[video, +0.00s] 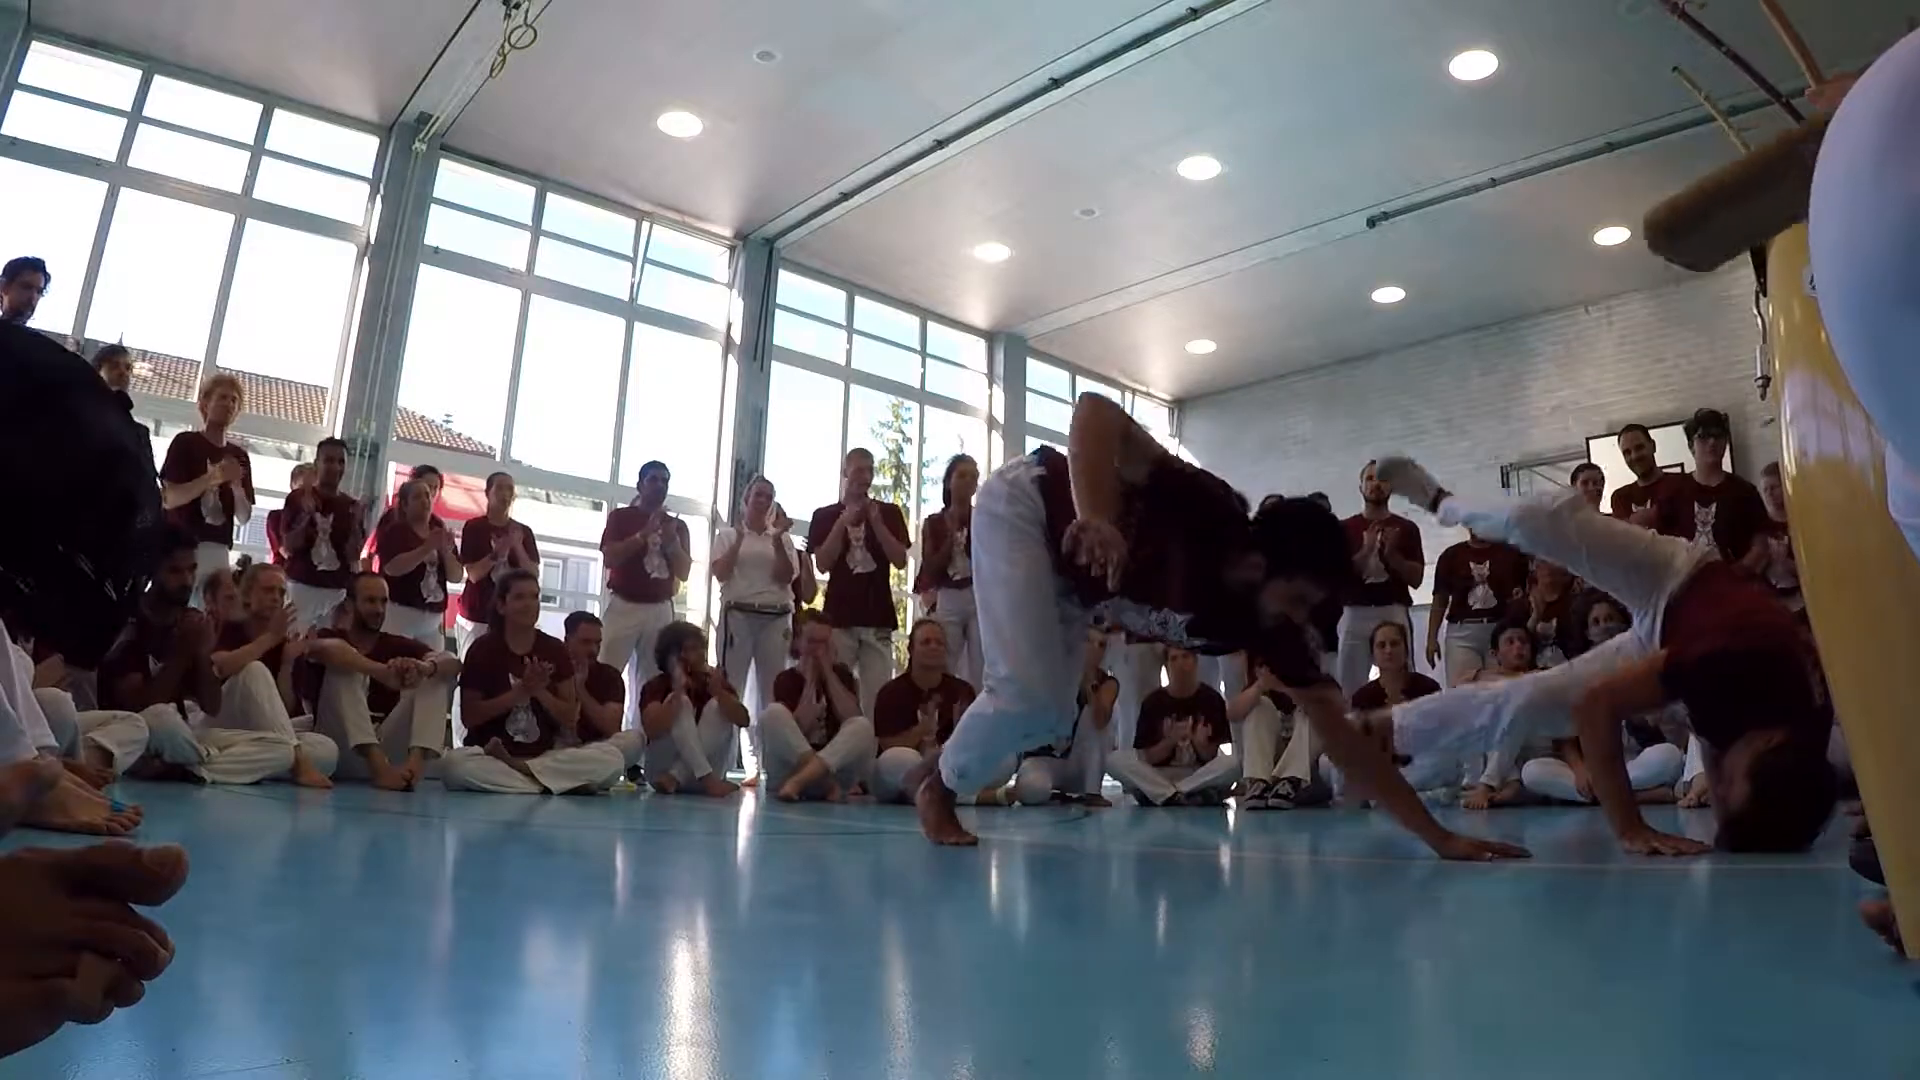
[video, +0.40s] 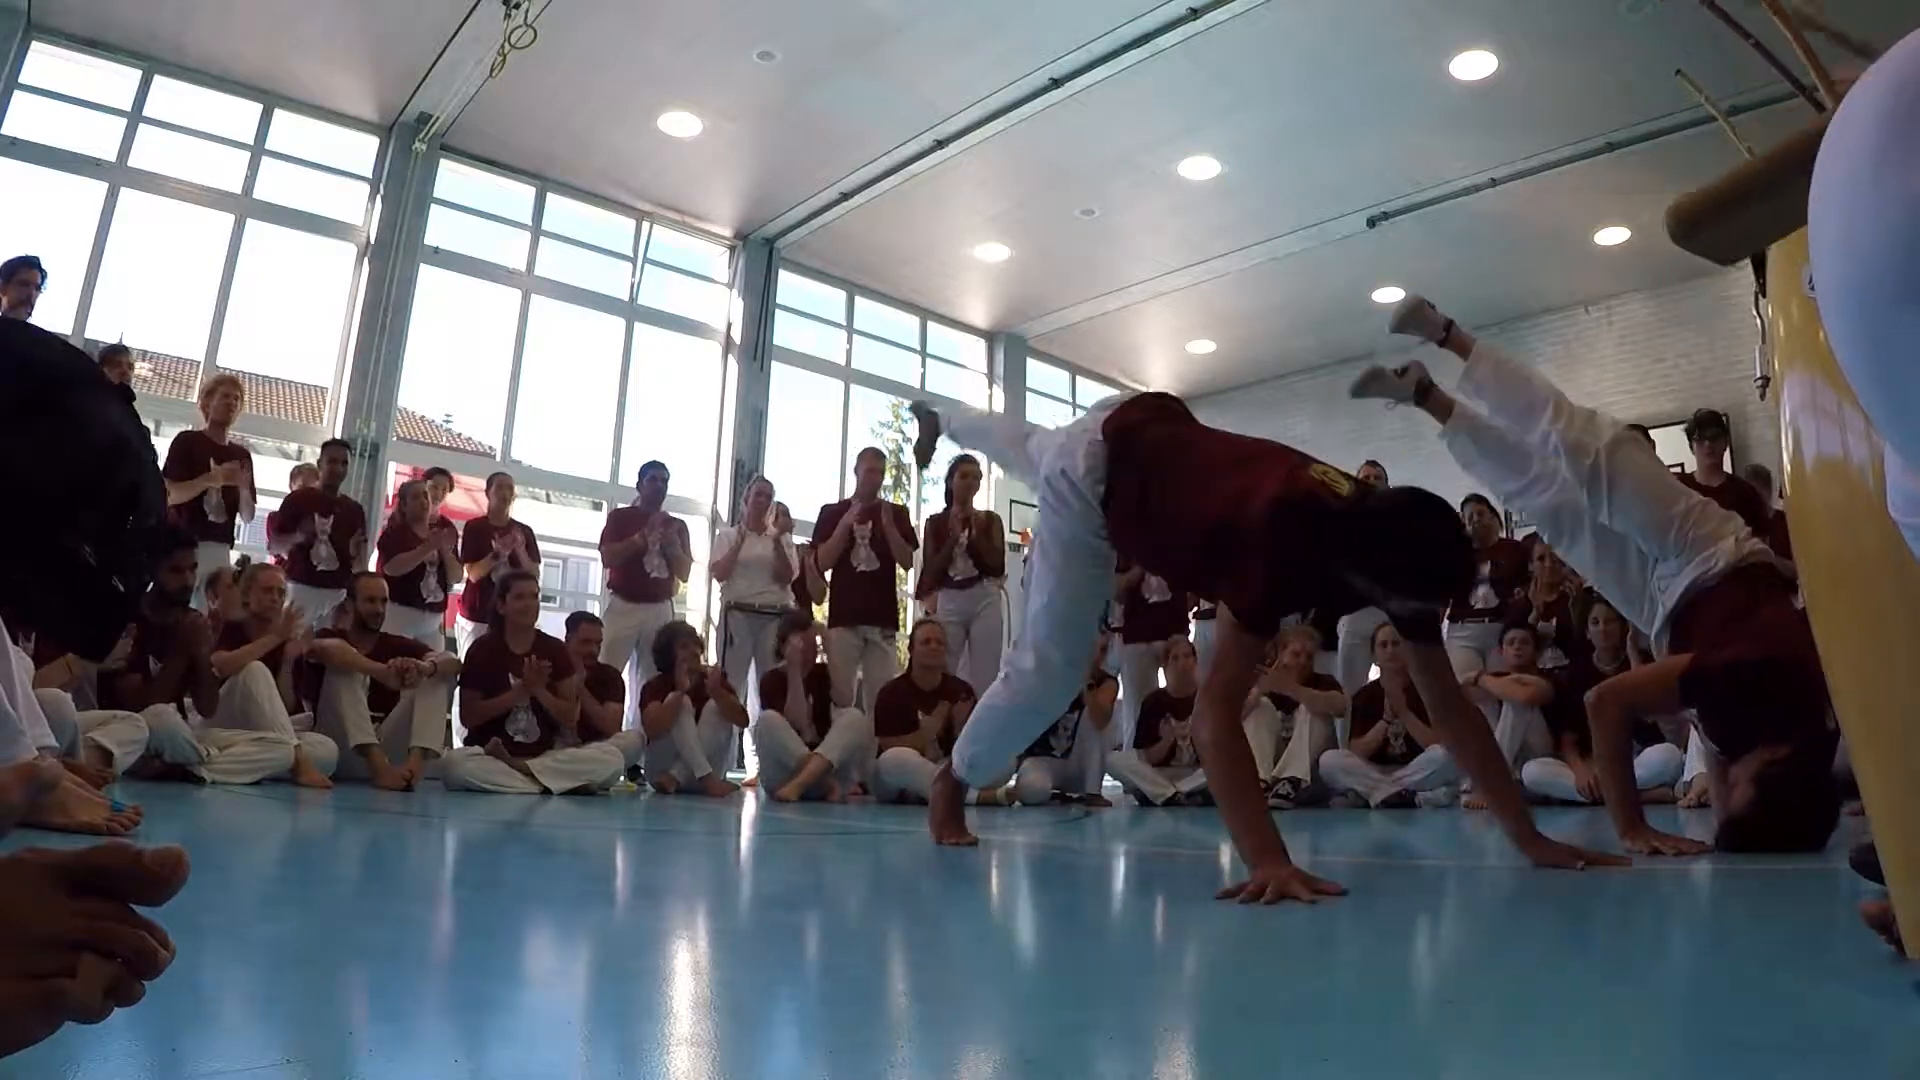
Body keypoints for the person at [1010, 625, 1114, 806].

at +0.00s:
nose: (1093, 649)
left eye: (1099, 644)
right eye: (1088, 642)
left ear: (1104, 651)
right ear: (1077, 644)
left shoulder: (1107, 683)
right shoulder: (1054, 675)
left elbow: (1100, 720)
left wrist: (1089, 679)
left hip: (1079, 763)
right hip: (1041, 761)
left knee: (1094, 712)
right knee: (1034, 793)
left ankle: (1093, 792)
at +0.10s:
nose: (1093, 649)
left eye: (1101, 645)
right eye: (1088, 642)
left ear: (1106, 651)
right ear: (1075, 642)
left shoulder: (1106, 680)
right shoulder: (1055, 674)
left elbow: (1100, 717)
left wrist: (1086, 669)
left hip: (1080, 764)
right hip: (1042, 762)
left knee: (1096, 712)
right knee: (1034, 792)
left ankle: (1093, 791)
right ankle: (1007, 795)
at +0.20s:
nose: (1097, 650)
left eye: (1102, 646)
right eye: (1091, 642)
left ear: (1106, 652)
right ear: (1076, 642)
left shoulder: (1107, 682)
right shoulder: (1054, 672)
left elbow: (1099, 719)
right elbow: (1038, 710)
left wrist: (1085, 673)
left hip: (1080, 763)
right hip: (1042, 761)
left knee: (1095, 712)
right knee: (1033, 792)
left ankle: (1093, 791)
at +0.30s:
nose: (1097, 651)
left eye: (1103, 647)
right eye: (1091, 643)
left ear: (1106, 653)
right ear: (1077, 645)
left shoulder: (1108, 682)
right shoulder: (1056, 672)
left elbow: (1099, 719)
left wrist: (1084, 671)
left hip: (1080, 765)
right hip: (1043, 762)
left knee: (1095, 712)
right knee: (1034, 792)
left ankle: (1093, 792)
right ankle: (1010, 794)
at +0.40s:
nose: (1095, 654)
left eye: (1101, 649)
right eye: (1090, 647)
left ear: (1105, 651)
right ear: (1077, 647)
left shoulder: (1106, 682)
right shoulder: (1047, 673)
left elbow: (1100, 719)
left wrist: (1086, 678)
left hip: (1079, 763)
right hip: (1041, 761)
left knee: (1094, 711)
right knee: (1034, 793)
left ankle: (1093, 791)